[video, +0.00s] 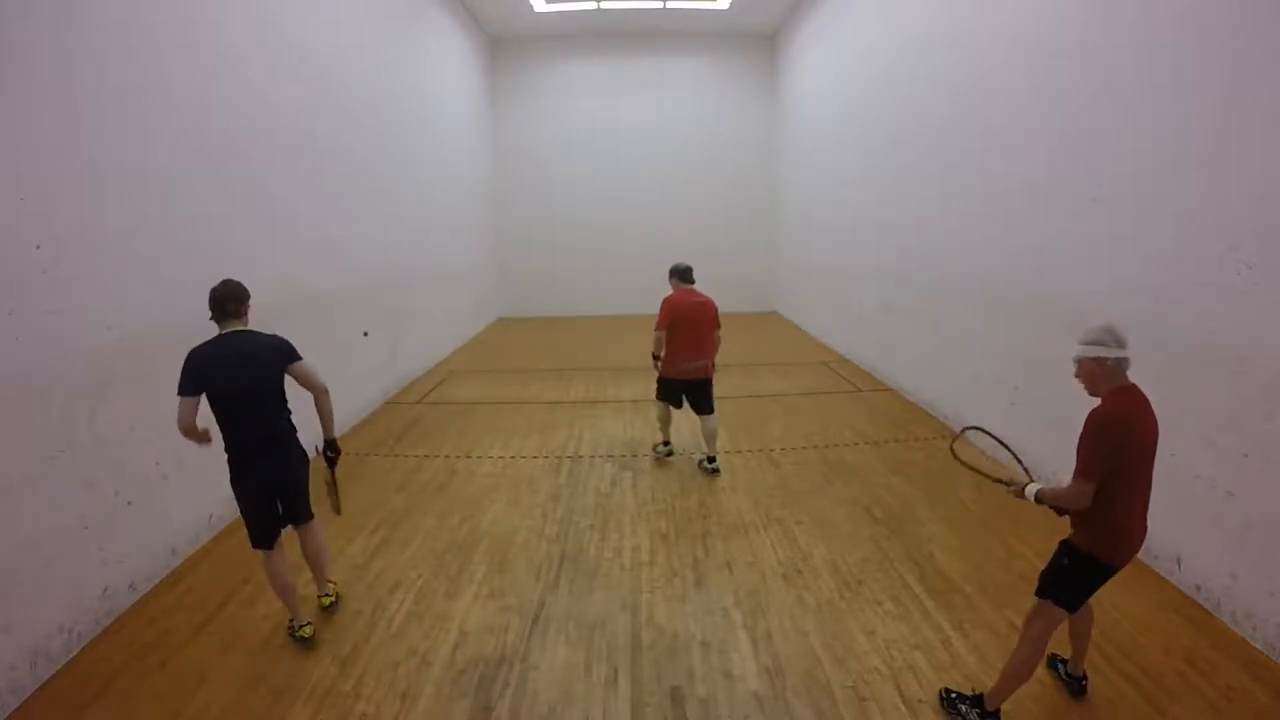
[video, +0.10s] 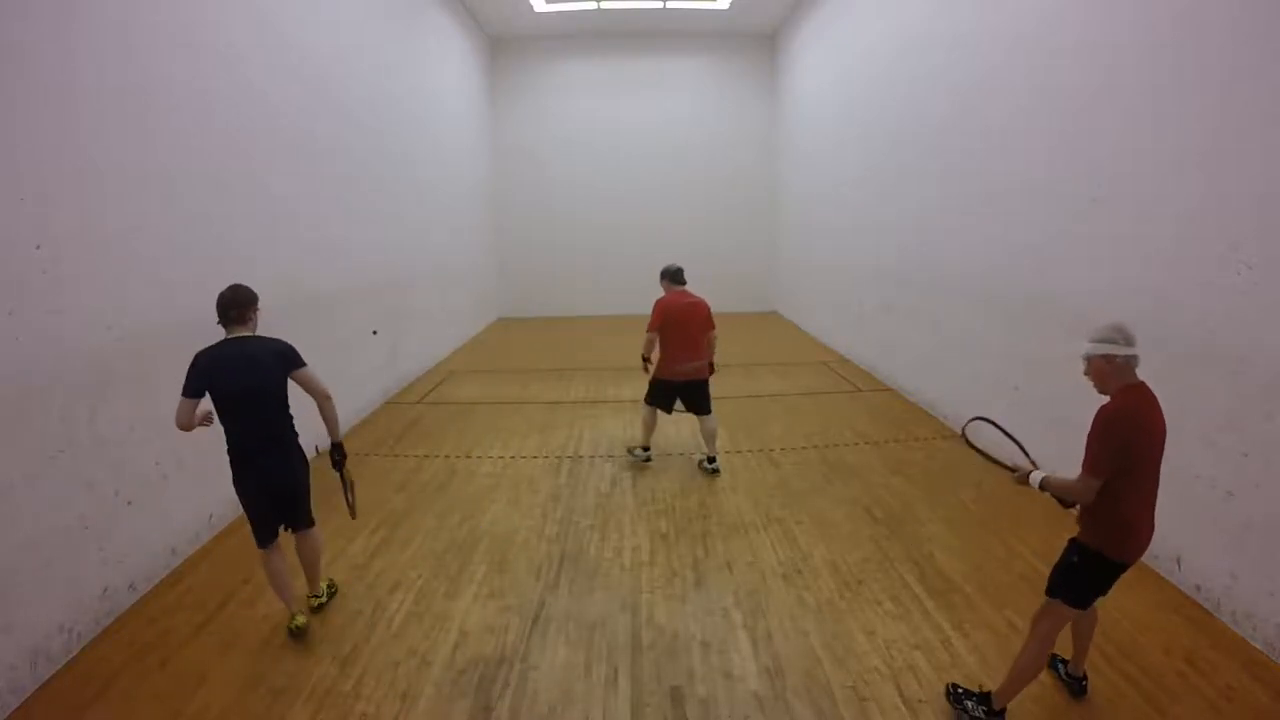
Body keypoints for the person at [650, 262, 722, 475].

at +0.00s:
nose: (670, 285)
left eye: (670, 281)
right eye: (670, 282)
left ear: (674, 280)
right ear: (692, 279)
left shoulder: (670, 302)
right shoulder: (708, 302)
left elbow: (659, 334)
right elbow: (716, 337)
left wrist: (656, 356)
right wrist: (711, 359)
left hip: (674, 370)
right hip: (702, 370)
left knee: (663, 402)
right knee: (707, 414)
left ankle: (665, 443)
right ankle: (712, 459)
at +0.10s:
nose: (662, 287)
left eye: (662, 284)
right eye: (662, 284)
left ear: (665, 282)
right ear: (683, 281)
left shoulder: (663, 304)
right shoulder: (701, 303)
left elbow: (652, 336)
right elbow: (711, 336)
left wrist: (646, 356)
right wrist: (710, 359)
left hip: (668, 372)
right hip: (698, 371)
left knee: (650, 405)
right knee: (705, 414)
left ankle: (645, 448)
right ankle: (712, 460)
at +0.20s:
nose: (650, 291)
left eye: (650, 287)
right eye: (650, 287)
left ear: (654, 285)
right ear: (671, 283)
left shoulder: (652, 306)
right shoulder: (689, 304)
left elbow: (641, 338)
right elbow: (702, 335)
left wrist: (634, 360)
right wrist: (703, 361)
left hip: (660, 375)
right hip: (690, 373)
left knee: (643, 410)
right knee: (699, 415)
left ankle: (632, 453)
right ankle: (711, 459)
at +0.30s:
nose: (638, 292)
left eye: (637, 289)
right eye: (637, 289)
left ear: (641, 286)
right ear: (657, 284)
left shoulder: (641, 307)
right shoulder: (676, 304)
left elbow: (630, 341)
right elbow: (690, 336)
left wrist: (623, 363)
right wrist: (691, 361)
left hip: (650, 376)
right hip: (679, 374)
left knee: (636, 414)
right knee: (692, 415)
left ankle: (628, 455)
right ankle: (709, 457)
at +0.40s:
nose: (625, 291)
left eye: (624, 287)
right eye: (624, 288)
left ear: (628, 285)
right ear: (644, 282)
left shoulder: (629, 305)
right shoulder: (663, 302)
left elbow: (620, 338)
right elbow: (676, 333)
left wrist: (614, 362)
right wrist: (678, 359)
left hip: (638, 373)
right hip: (667, 370)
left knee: (629, 413)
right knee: (677, 412)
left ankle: (628, 455)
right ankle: (701, 449)